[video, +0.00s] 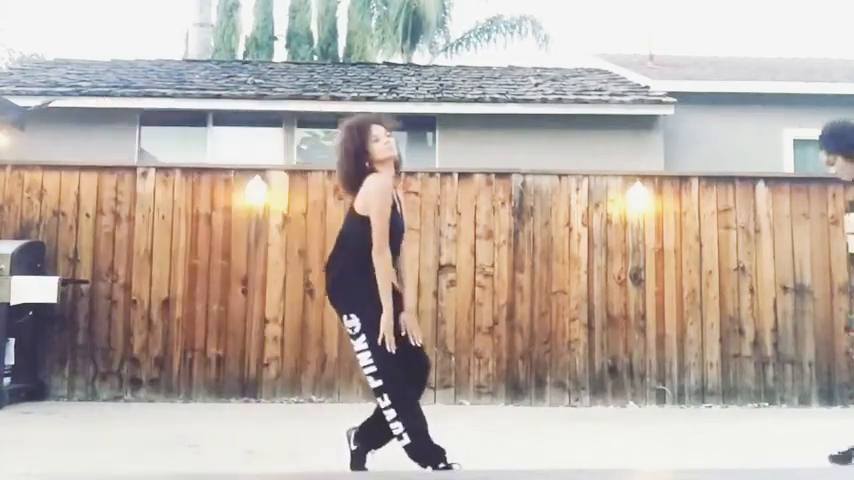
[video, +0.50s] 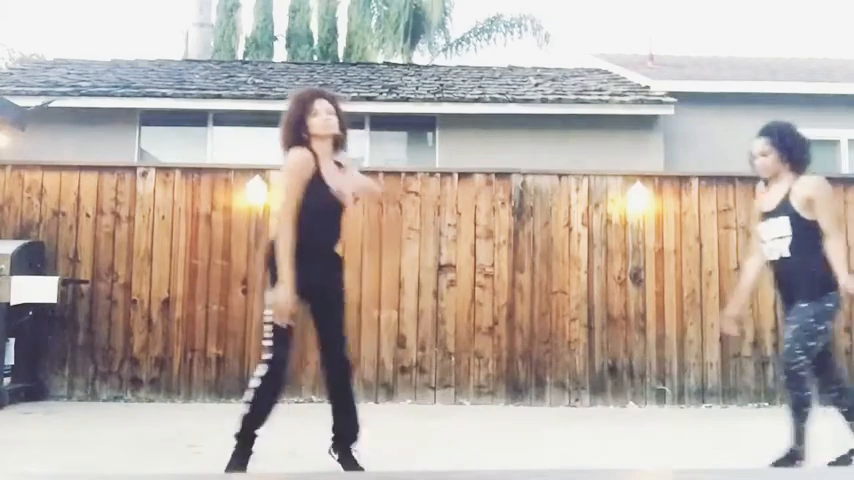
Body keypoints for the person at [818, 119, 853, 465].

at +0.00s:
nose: (831, 169)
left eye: (832, 161)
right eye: (828, 162)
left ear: (847, 155)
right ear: (843, 157)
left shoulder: (851, 196)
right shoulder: (849, 196)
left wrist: (849, 231)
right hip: (851, 298)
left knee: (851, 366)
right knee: (851, 364)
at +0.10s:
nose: (817, 166)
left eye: (820, 159)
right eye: (816, 159)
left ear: (840, 154)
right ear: (836, 156)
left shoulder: (849, 199)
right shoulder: (842, 198)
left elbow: (848, 268)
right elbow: (847, 266)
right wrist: (848, 324)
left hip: (851, 305)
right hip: (849, 303)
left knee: (852, 371)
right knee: (851, 369)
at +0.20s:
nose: (806, 167)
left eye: (808, 159)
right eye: (804, 161)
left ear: (826, 153)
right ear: (825, 155)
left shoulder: (847, 185)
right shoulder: (833, 187)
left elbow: (849, 248)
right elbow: (838, 247)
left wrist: (851, 296)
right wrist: (839, 294)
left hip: (849, 295)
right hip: (840, 294)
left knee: (851, 363)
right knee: (850, 362)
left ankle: (853, 446)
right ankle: (853, 445)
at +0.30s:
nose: (789, 166)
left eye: (792, 158)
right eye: (789, 159)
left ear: (811, 156)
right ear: (807, 156)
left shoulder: (839, 183)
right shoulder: (815, 190)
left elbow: (851, 246)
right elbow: (825, 249)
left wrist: (850, 297)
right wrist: (826, 298)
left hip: (845, 302)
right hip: (832, 302)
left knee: (840, 366)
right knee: (839, 368)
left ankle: (852, 446)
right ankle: (851, 445)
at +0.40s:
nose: (772, 165)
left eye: (777, 157)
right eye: (771, 157)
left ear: (798, 155)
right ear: (789, 158)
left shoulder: (828, 185)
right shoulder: (793, 194)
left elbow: (851, 236)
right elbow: (798, 255)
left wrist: (850, 290)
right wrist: (786, 300)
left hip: (835, 295)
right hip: (816, 297)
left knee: (817, 360)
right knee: (843, 366)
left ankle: (847, 435)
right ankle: (847, 439)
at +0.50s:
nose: (756, 161)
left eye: (762, 154)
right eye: (754, 155)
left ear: (785, 154)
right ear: (757, 158)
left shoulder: (813, 186)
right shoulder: (763, 196)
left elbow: (832, 235)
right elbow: (756, 256)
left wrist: (843, 276)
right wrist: (735, 307)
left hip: (819, 296)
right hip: (791, 301)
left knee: (793, 360)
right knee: (828, 374)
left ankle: (798, 448)